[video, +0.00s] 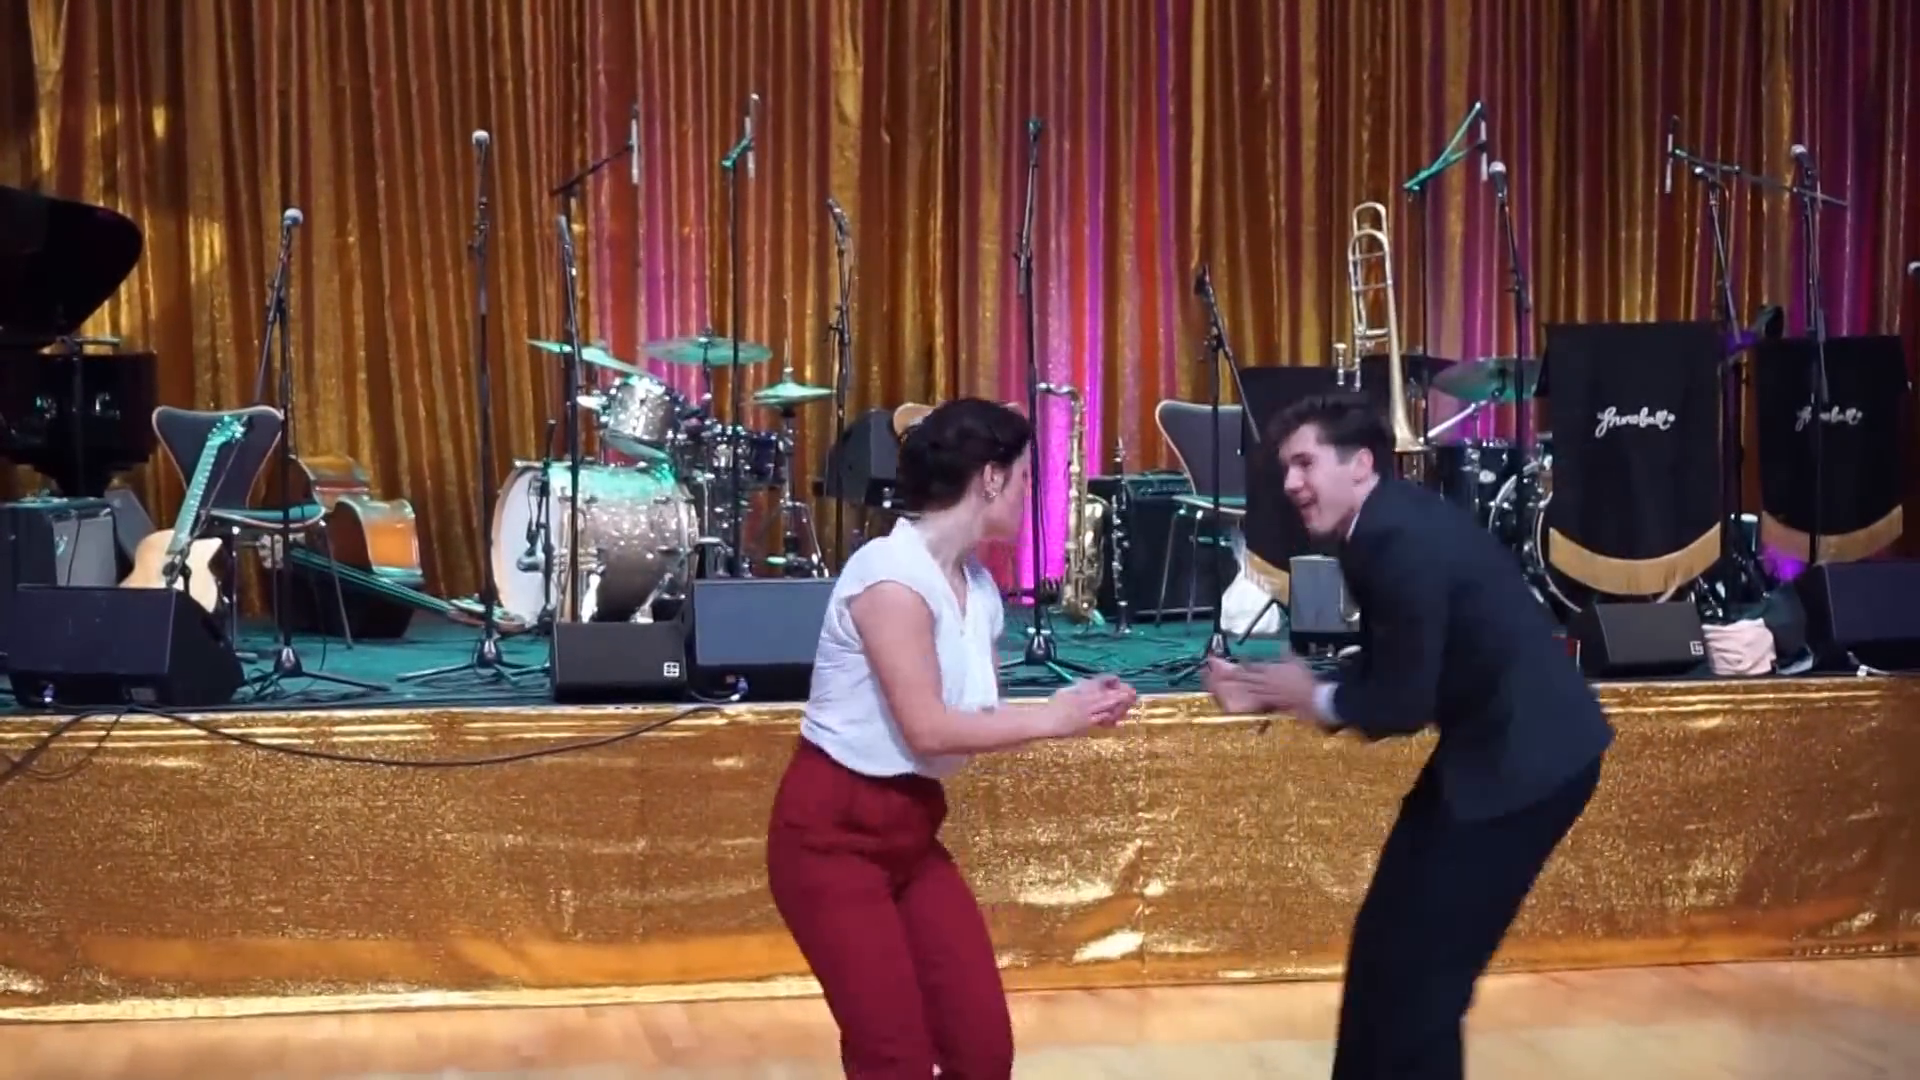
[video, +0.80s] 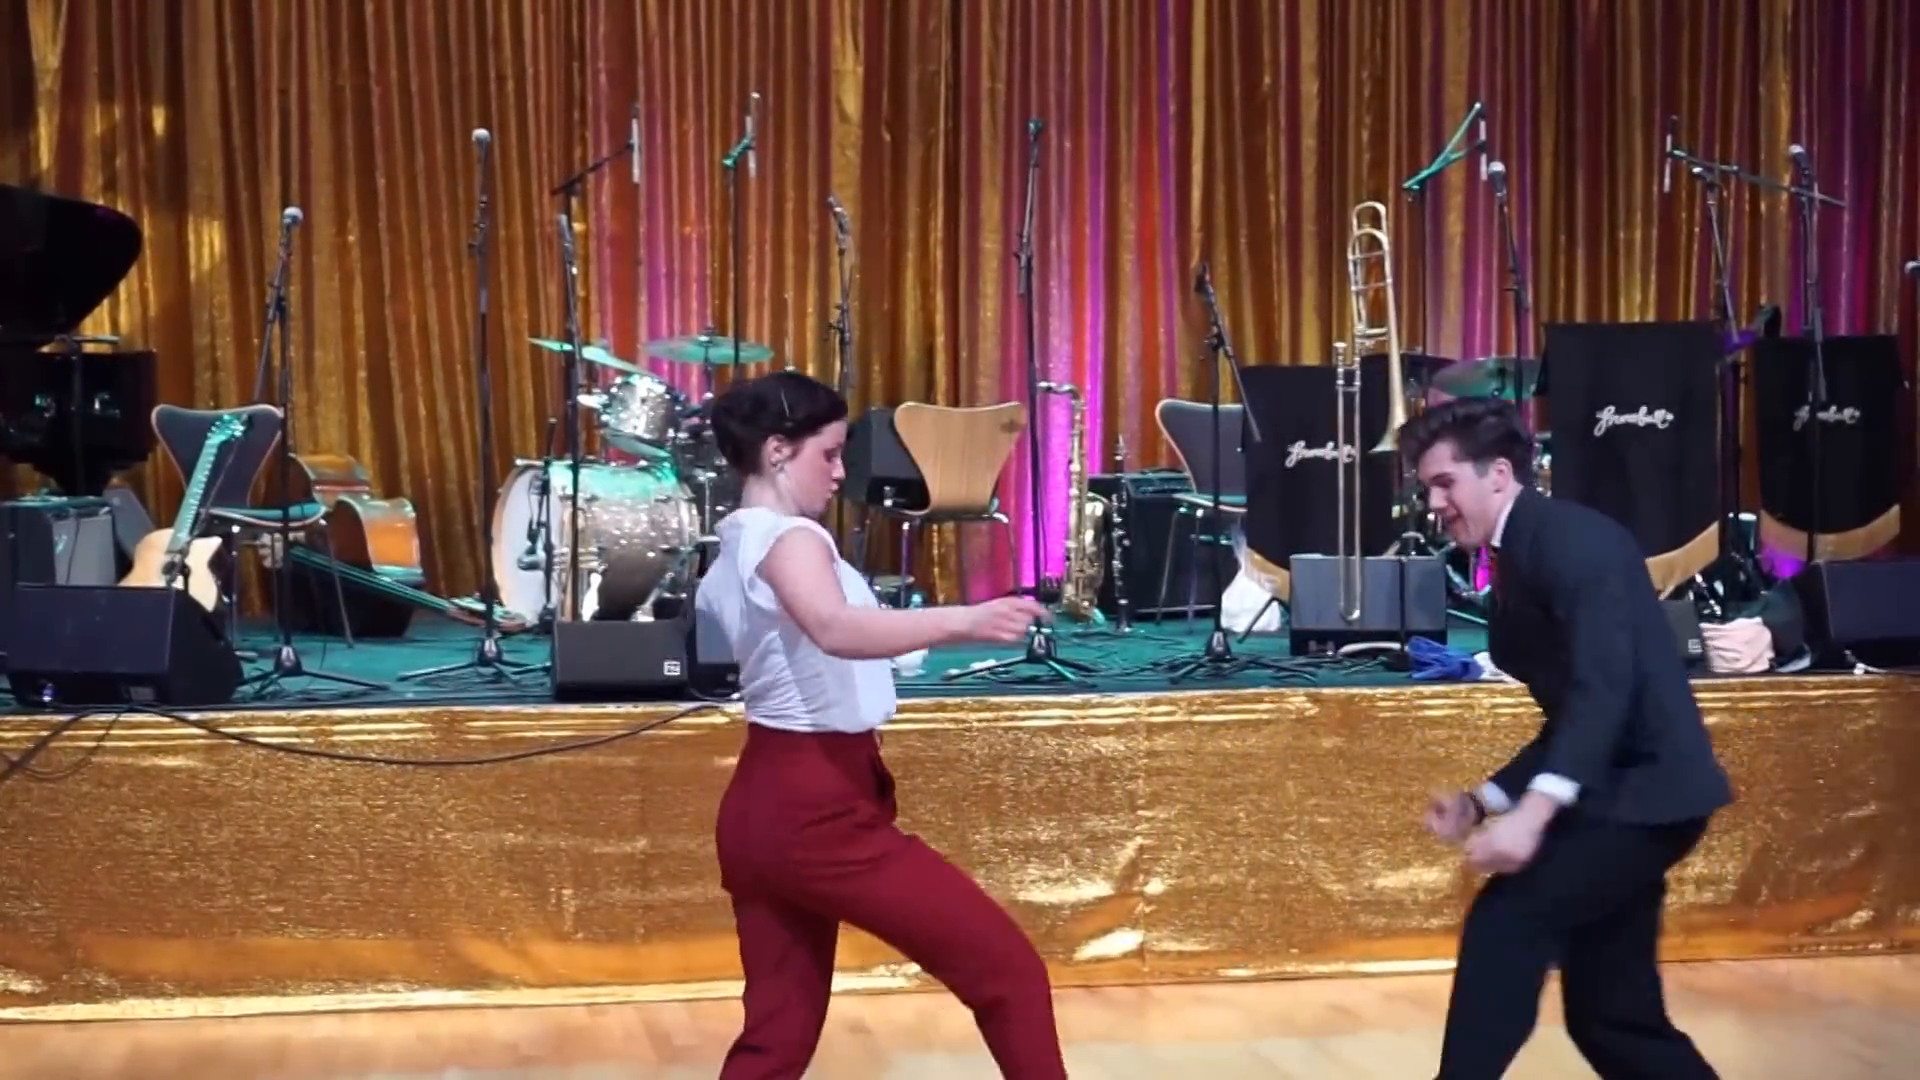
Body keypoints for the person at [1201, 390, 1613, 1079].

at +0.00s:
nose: (1292, 484)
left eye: (1308, 463)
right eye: (1286, 469)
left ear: (1363, 464)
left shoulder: (1398, 534)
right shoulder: (1383, 531)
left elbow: (1408, 699)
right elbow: (1387, 678)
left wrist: (1312, 698)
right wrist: (1293, 686)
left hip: (1529, 755)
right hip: (1488, 748)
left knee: (1414, 963)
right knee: (1384, 943)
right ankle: (1368, 1072)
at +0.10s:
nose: (1318, 453)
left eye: (1332, 432)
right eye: (1313, 439)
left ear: (1389, 422)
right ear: (1383, 428)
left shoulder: (1429, 483)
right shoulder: (1413, 478)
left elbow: (1498, 643)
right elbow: (1429, 609)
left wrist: (1430, 678)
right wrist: (1346, 662)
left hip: (1581, 713)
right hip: (1519, 710)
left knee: (1502, 928)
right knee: (1420, 882)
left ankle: (1491, 1069)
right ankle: (1462, 1067)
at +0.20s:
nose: (1359, 463)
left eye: (1370, 442)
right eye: (1352, 448)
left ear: (1427, 428)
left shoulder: (1458, 488)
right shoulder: (1459, 472)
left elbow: (1560, 604)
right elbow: (1490, 588)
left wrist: (1531, 729)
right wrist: (1411, 640)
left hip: (1627, 716)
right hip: (1583, 711)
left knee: (1527, 914)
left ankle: (1621, 1069)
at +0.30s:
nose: (1402, 497)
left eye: (1411, 475)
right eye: (1394, 482)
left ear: (1465, 461)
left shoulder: (1519, 515)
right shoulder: (1484, 528)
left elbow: (1600, 640)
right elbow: (1536, 635)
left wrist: (1635, 786)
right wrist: (1441, 641)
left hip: (1654, 763)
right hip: (1609, 763)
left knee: (1613, 992)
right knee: (1561, 981)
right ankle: (1673, 1066)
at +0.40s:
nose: (1426, 523)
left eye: (1434, 501)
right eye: (1417, 510)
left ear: (1489, 488)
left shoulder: (1541, 539)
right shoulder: (1519, 558)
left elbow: (1630, 633)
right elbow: (1563, 674)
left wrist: (1699, 740)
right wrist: (1462, 658)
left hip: (1669, 789)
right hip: (1662, 788)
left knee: (1593, 993)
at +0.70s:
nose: (1440, 530)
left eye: (1448, 508)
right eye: (1433, 516)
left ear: (1503, 493)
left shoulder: (1556, 532)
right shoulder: (1540, 584)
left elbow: (1629, 624)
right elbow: (1592, 746)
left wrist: (1640, 758)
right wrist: (1469, 773)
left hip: (1684, 782)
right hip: (1677, 791)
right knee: (1647, 1011)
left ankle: (1451, 1078)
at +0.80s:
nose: (1434, 503)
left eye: (1445, 483)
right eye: (1427, 489)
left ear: (1499, 476)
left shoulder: (1572, 541)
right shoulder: (1518, 562)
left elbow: (1604, 695)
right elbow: (1577, 716)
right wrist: (1483, 800)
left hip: (1651, 794)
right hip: (1608, 793)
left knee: (1505, 924)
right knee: (1613, 1019)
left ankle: (1464, 1073)